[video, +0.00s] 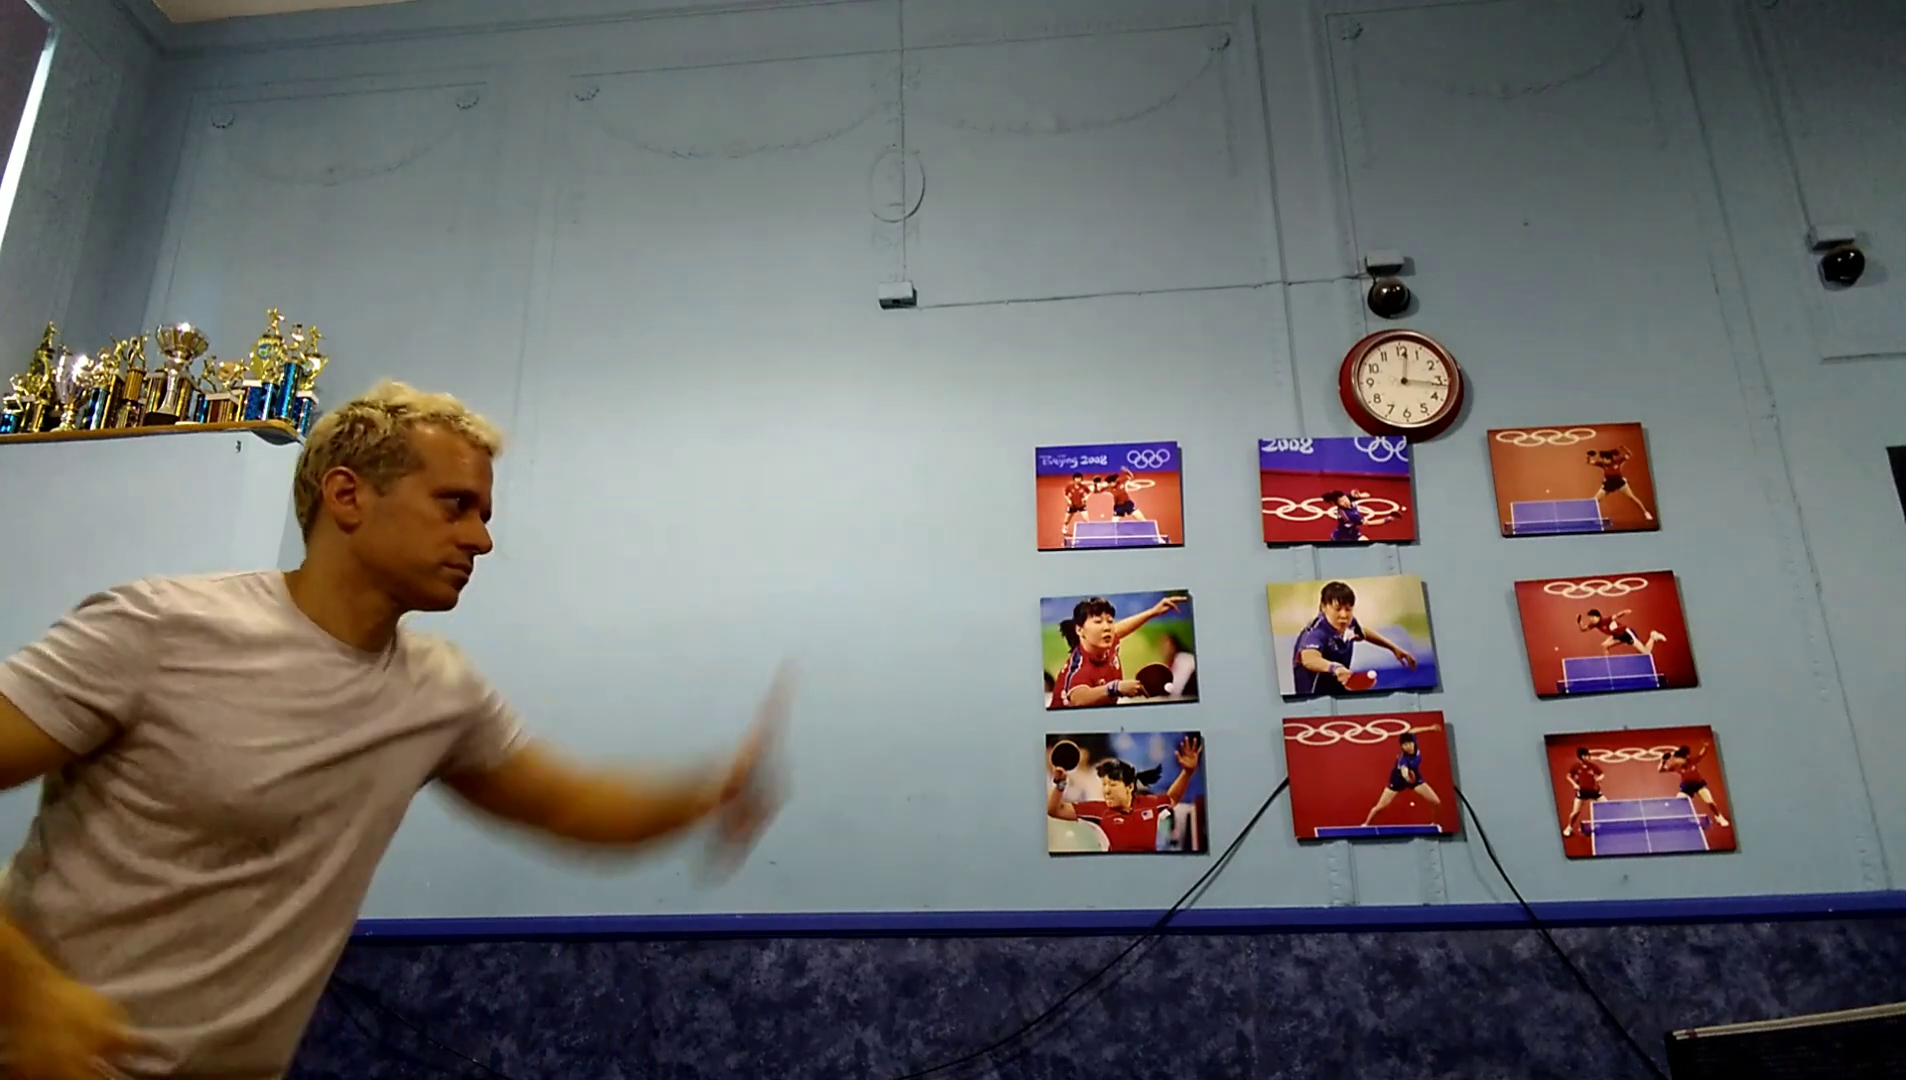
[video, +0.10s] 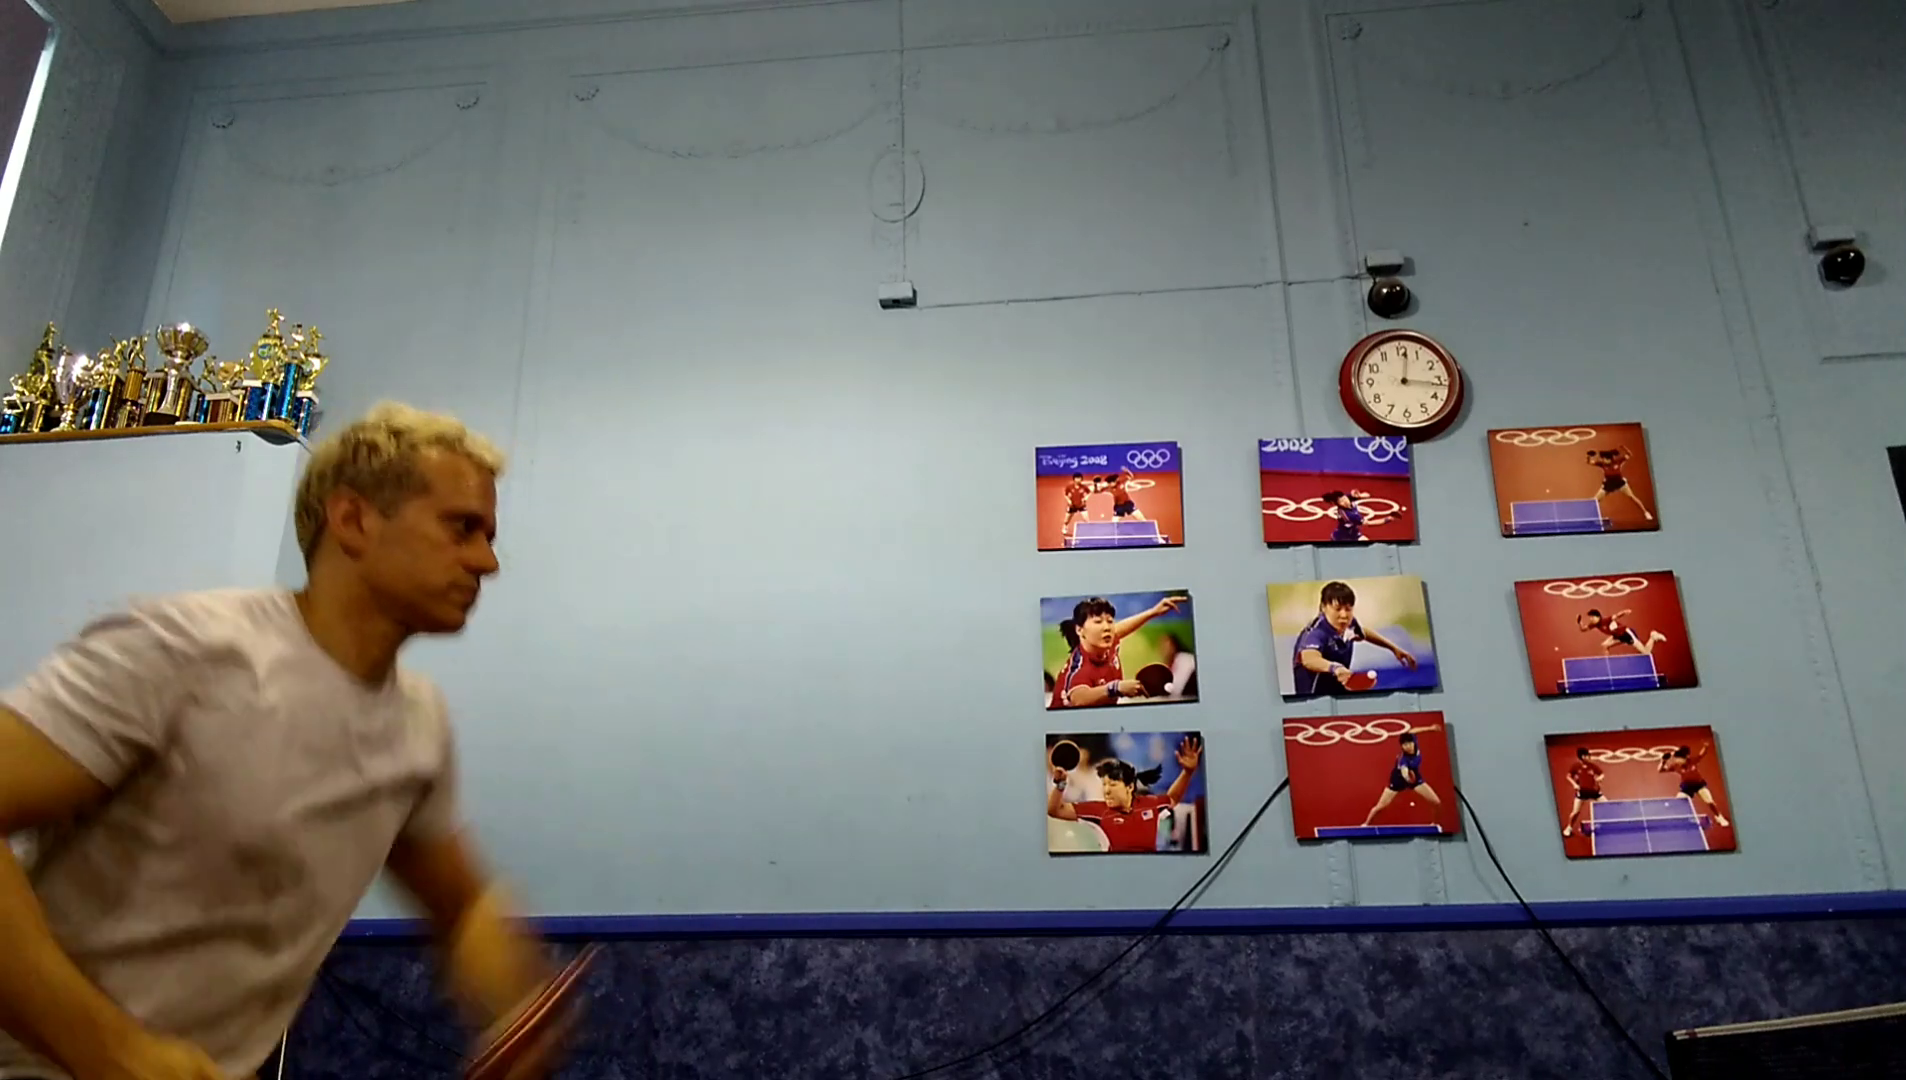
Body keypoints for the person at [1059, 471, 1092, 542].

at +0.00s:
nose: (1078, 481)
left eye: (1079, 479)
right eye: (1077, 479)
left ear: (1081, 480)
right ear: (1074, 480)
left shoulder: (1083, 487)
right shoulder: (1070, 487)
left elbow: (1089, 492)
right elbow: (1065, 494)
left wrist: (1085, 498)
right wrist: (1068, 501)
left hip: (1081, 505)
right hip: (1072, 505)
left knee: (1086, 519)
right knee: (1066, 520)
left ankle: (1090, 531)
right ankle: (1064, 529)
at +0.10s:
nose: (1078, 481)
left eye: (1079, 479)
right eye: (1077, 479)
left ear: (1081, 480)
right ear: (1074, 480)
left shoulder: (1083, 487)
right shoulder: (1069, 487)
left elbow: (1089, 492)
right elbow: (1065, 494)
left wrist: (1085, 498)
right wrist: (1068, 501)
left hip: (1081, 505)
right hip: (1072, 505)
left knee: (1086, 519)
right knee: (1067, 520)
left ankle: (1090, 531)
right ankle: (1064, 529)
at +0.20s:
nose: (1078, 480)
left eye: (1079, 479)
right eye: (1077, 479)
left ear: (1081, 479)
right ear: (1074, 479)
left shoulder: (1083, 487)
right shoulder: (1069, 487)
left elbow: (1089, 492)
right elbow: (1065, 494)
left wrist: (1085, 498)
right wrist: (1068, 501)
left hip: (1081, 505)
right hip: (1072, 505)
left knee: (1086, 519)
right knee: (1066, 520)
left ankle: (1089, 531)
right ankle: (1064, 529)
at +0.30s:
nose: (1078, 481)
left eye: (1079, 479)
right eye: (1077, 479)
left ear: (1081, 479)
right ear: (1074, 479)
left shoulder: (1083, 487)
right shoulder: (1070, 487)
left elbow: (1089, 492)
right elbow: (1065, 494)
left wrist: (1085, 498)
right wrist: (1068, 501)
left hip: (1081, 505)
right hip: (1072, 505)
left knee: (1086, 519)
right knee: (1066, 520)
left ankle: (1089, 531)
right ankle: (1064, 529)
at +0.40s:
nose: (1078, 481)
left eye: (1079, 479)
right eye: (1077, 479)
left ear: (1081, 479)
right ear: (1074, 479)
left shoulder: (1083, 487)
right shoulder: (1070, 487)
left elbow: (1089, 492)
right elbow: (1065, 494)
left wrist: (1085, 498)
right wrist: (1068, 501)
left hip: (1081, 505)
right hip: (1072, 505)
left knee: (1086, 519)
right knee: (1066, 520)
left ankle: (1090, 531)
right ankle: (1064, 529)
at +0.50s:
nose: (1078, 480)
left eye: (1079, 479)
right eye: (1076, 479)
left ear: (1081, 479)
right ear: (1074, 480)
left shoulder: (1083, 487)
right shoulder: (1070, 487)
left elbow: (1089, 492)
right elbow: (1065, 494)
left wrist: (1085, 498)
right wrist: (1068, 501)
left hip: (1081, 505)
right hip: (1072, 505)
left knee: (1086, 519)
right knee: (1066, 520)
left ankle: (1090, 531)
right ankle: (1064, 529)